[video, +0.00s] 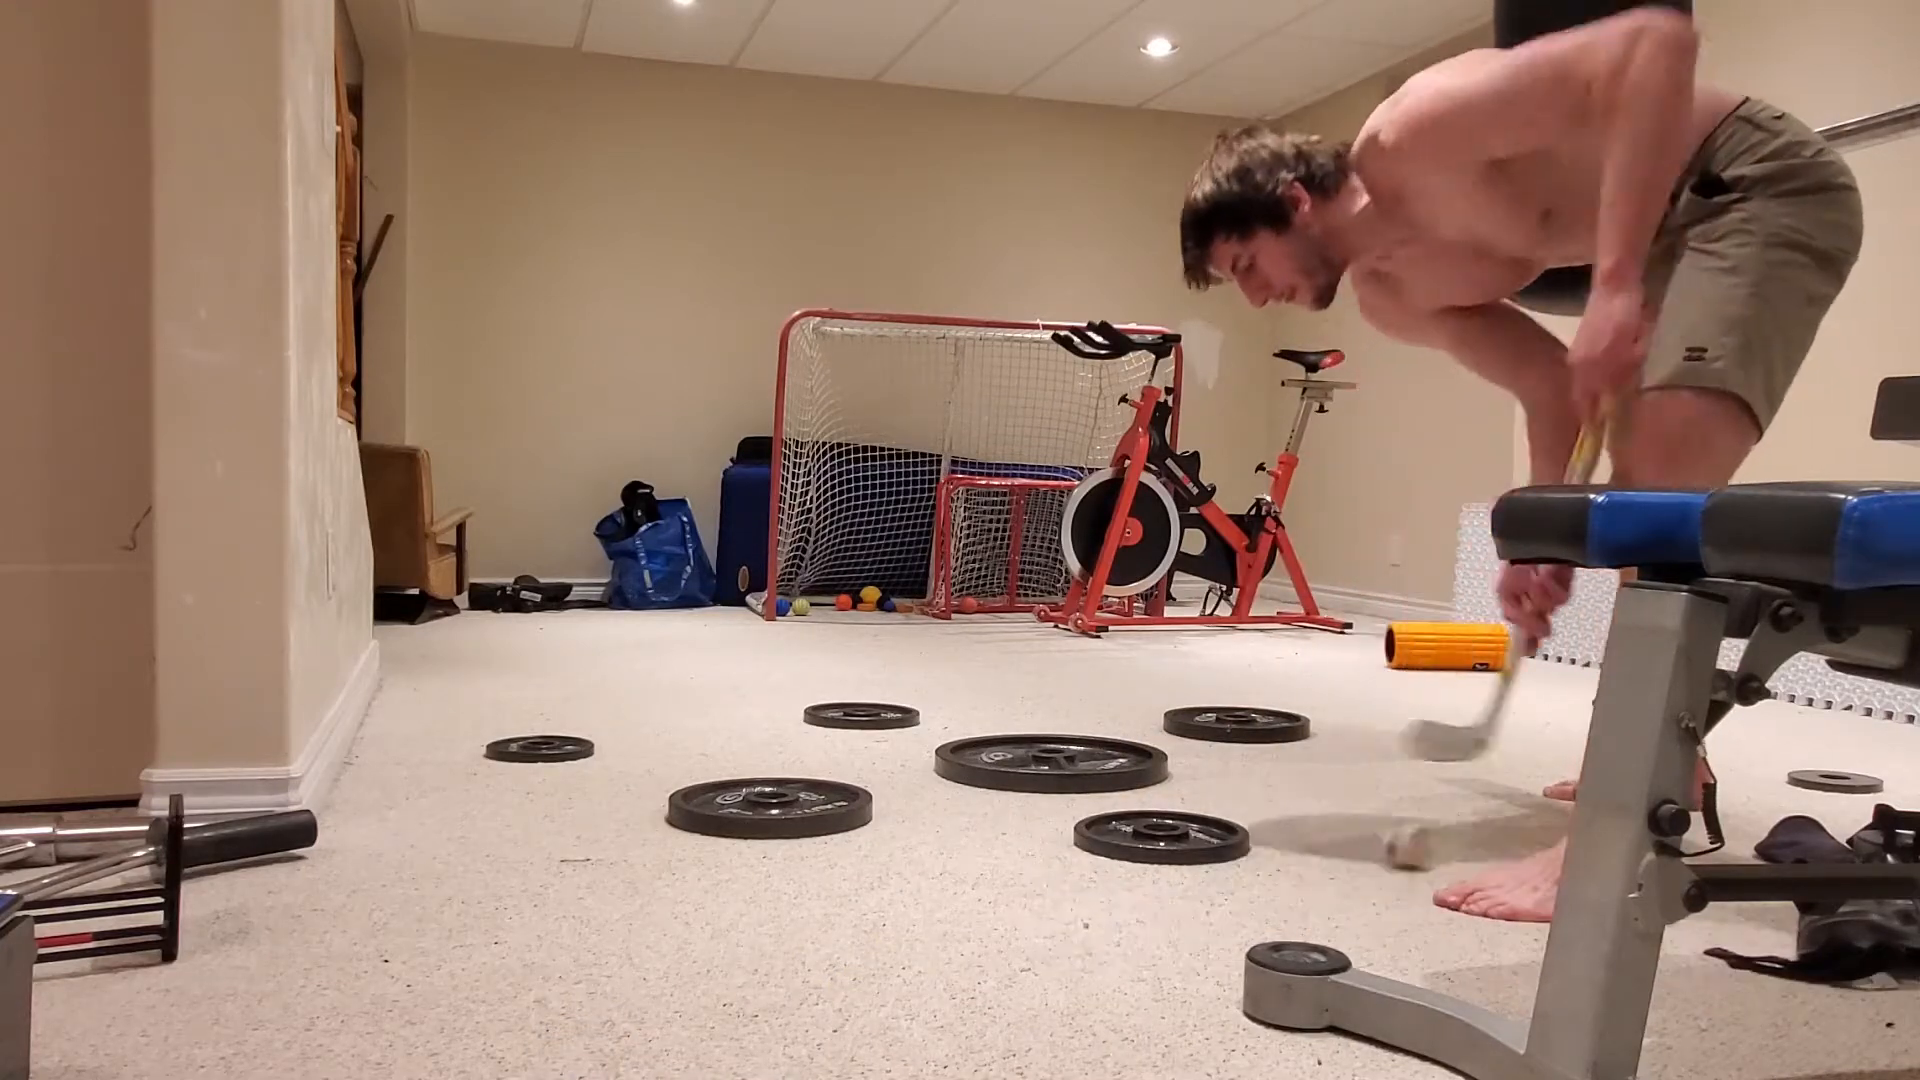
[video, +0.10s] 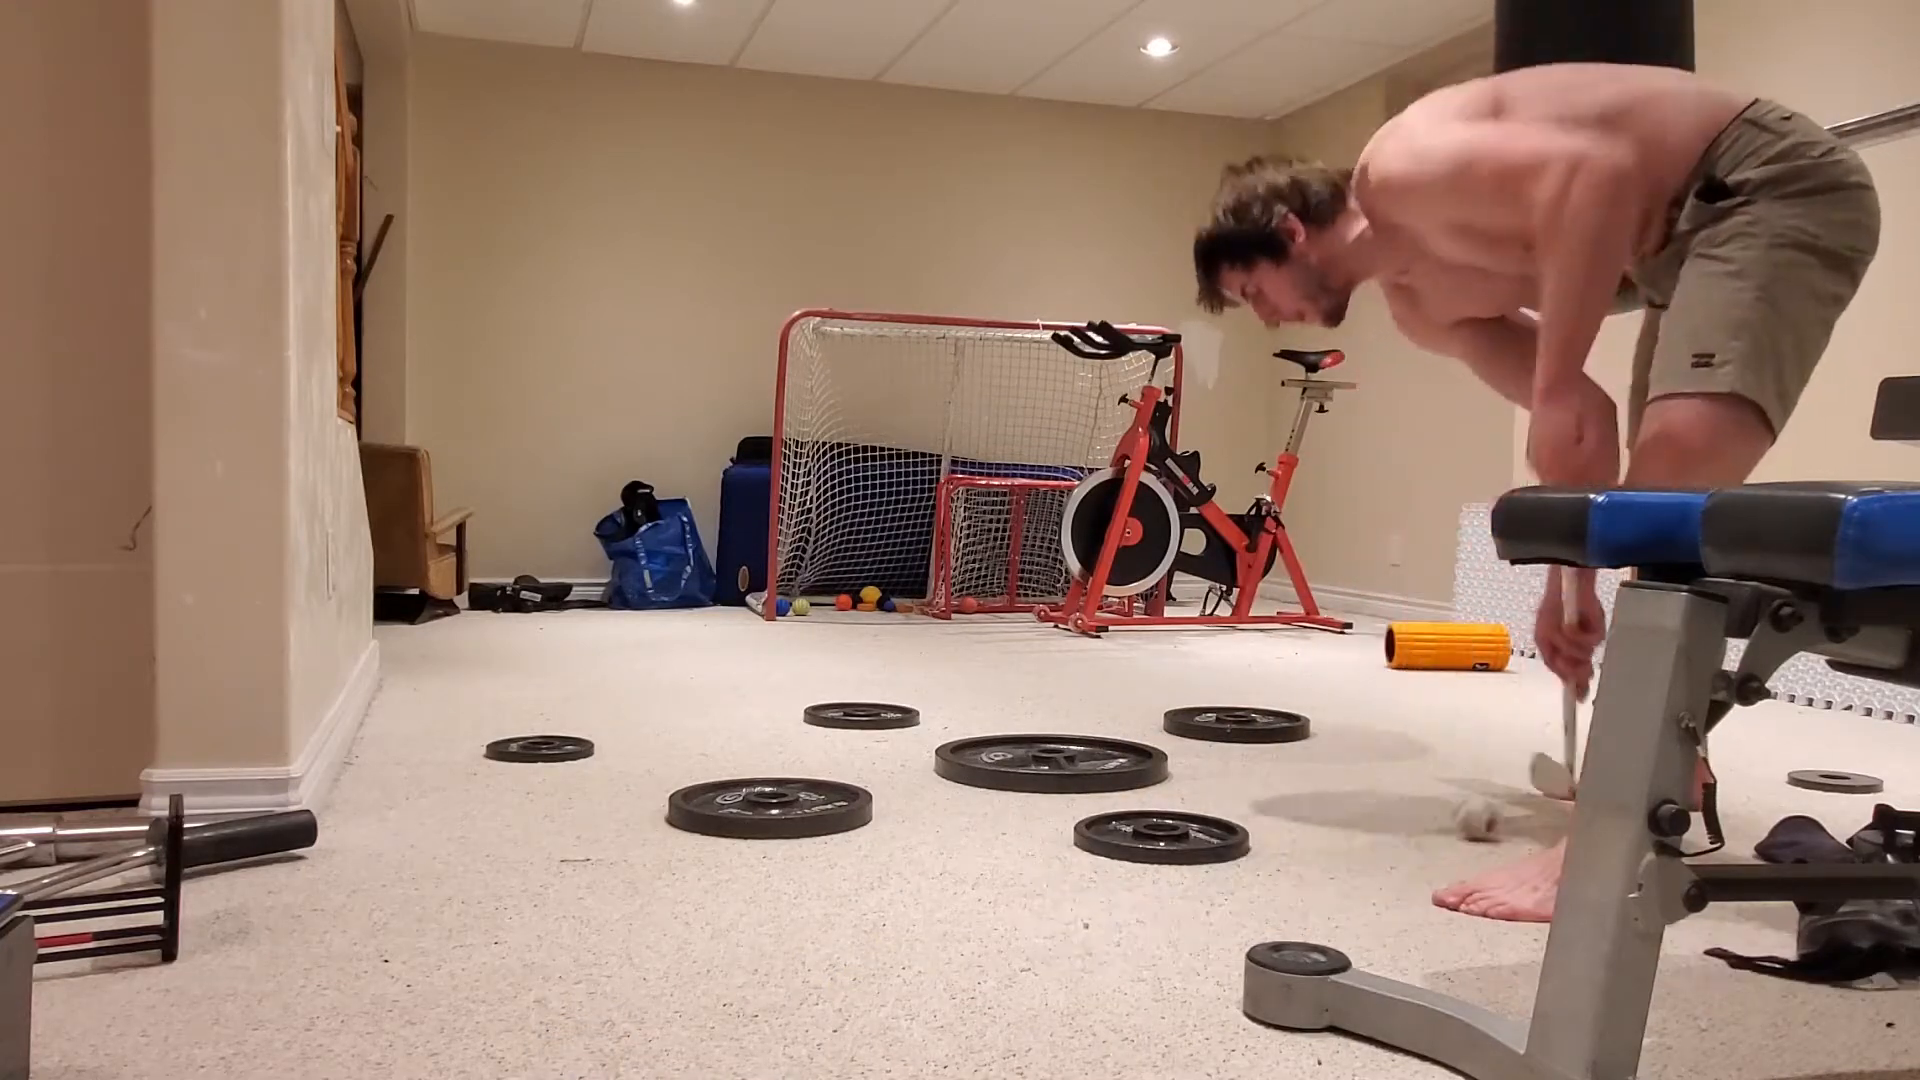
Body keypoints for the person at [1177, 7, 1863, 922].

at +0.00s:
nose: (1257, 298)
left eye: (1247, 265)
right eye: (1238, 286)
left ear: (1291, 198)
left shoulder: (1415, 131)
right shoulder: (1391, 298)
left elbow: (1654, 45)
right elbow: (1547, 376)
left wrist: (1614, 286)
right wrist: (1538, 536)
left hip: (1758, 178)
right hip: (1676, 240)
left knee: (1661, 474)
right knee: (1642, 471)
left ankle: (1621, 834)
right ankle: (1669, 757)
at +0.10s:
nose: (1267, 320)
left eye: (1252, 293)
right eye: (1248, 309)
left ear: (1287, 232)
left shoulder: (1402, 169)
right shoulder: (1421, 309)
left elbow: (1592, 178)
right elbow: (1574, 408)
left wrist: (1553, 395)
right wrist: (1565, 567)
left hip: (1765, 176)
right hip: (1683, 250)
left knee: (1673, 470)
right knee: (1654, 497)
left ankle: (1618, 838)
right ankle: (1670, 786)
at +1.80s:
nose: (1212, 287)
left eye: (1212, 255)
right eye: (1197, 266)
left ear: (1277, 211)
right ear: (1274, 225)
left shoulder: (1411, 191)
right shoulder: (1319, 306)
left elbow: (1526, 395)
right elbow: (1304, 484)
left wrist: (1370, 558)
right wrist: (1191, 622)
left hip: (1742, 220)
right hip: (1630, 271)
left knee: (1587, 474)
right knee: (1561, 486)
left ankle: (1583, 857)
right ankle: (1627, 778)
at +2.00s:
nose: (1201, 303)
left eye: (1189, 278)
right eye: (1184, 290)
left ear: (1228, 226)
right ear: (1237, 228)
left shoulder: (1335, 202)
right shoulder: (1351, 269)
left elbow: (1505, 283)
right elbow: (1458, 411)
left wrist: (1407, 431)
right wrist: (1380, 549)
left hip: (1719, 207)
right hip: (1658, 231)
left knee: (1540, 492)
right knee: (1529, 491)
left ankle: (1579, 849)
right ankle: (1607, 748)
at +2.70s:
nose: (1247, 339)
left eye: (1233, 317)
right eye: (1230, 329)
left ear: (1260, 269)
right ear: (1269, 271)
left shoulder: (1320, 226)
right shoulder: (1396, 295)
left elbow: (1420, 248)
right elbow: (1485, 417)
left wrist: (1416, 462)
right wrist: (1429, 573)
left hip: (1660, 237)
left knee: (1470, 497)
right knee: (1556, 511)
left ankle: (1462, 834)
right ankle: (1644, 750)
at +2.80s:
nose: (1208, 338)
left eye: (1193, 316)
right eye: (1190, 328)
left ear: (1221, 266)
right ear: (1232, 270)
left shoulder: (1297, 212)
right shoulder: (1350, 310)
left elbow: (1410, 224)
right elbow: (1421, 452)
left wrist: (1373, 433)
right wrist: (1328, 575)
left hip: (1640, 233)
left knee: (1457, 494)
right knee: (1542, 518)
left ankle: (1460, 832)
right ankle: (1653, 743)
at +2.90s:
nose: (1159, 340)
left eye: (1147, 316)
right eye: (1143, 326)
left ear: (1182, 266)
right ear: (1191, 272)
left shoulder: (1279, 199)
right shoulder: (1301, 337)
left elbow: (1395, 257)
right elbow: (1323, 500)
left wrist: (1317, 449)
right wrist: (1222, 600)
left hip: (1614, 233)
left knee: (1427, 501)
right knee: (1523, 541)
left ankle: (1460, 834)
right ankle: (1648, 742)